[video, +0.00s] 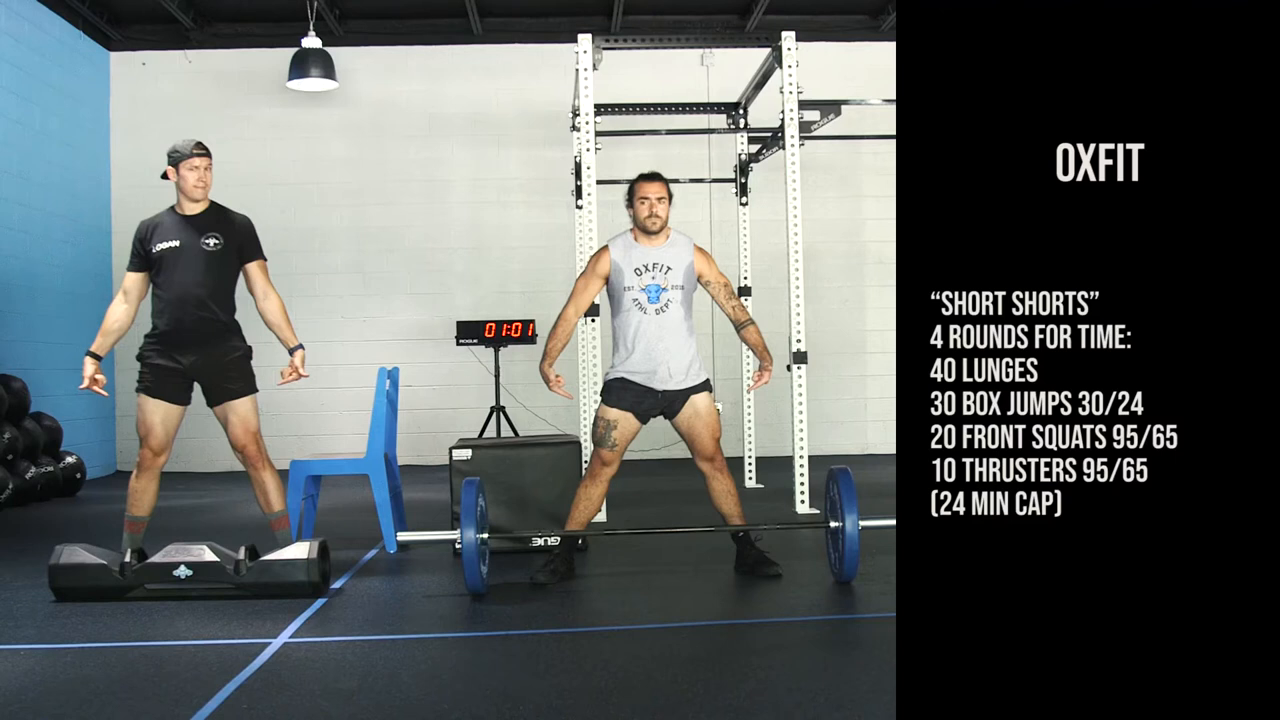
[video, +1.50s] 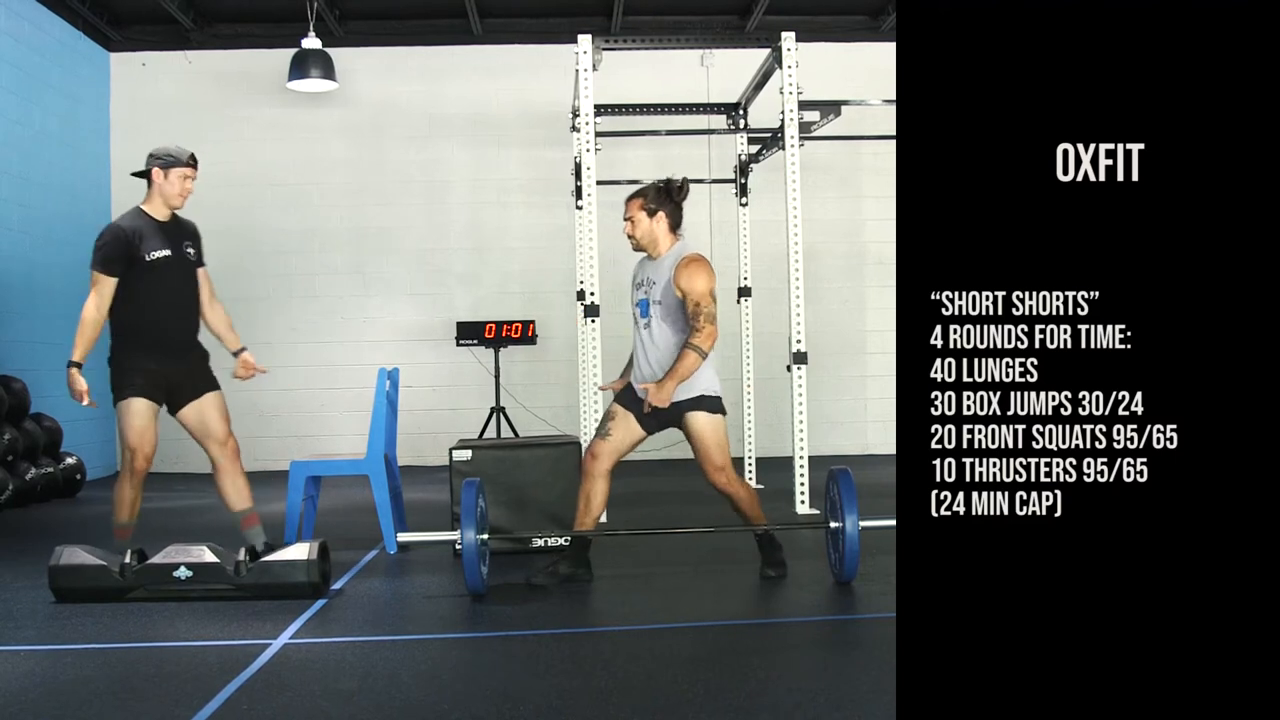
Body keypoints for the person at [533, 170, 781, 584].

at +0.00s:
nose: (653, 207)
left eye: (660, 200)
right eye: (644, 200)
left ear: (670, 206)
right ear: (631, 207)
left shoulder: (693, 256)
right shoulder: (609, 258)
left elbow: (734, 308)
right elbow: (572, 312)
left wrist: (764, 355)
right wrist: (547, 361)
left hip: (688, 381)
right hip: (629, 382)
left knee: (714, 460)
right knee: (602, 463)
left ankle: (747, 549)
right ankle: (565, 554)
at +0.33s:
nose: (653, 208)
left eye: (661, 200)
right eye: (644, 201)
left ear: (670, 206)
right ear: (631, 208)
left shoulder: (693, 256)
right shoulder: (610, 258)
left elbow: (733, 308)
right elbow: (572, 312)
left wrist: (762, 355)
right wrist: (547, 361)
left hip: (688, 381)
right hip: (629, 382)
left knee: (714, 460)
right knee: (602, 463)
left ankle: (747, 549)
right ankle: (565, 554)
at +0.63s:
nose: (653, 207)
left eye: (660, 200)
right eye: (644, 200)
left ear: (669, 206)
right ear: (630, 208)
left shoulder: (692, 256)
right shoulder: (609, 257)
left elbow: (734, 308)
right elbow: (569, 310)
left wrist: (765, 354)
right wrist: (543, 361)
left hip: (685, 381)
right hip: (625, 381)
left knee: (712, 461)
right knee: (598, 463)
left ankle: (747, 549)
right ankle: (565, 554)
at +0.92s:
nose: (616, 212)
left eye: (624, 204)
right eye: (614, 205)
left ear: (652, 206)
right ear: (617, 210)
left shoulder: (684, 255)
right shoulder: (614, 262)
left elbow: (729, 309)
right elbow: (596, 319)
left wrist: (734, 367)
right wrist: (567, 365)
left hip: (686, 385)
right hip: (632, 384)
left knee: (719, 459)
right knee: (594, 456)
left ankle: (758, 546)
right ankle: (575, 556)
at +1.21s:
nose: (613, 226)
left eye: (618, 216)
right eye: (612, 218)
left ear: (645, 214)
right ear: (638, 216)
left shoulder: (677, 260)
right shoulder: (637, 265)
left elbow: (700, 321)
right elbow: (650, 331)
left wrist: (670, 375)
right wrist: (628, 382)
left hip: (689, 388)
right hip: (639, 387)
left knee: (724, 465)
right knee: (597, 456)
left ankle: (769, 544)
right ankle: (578, 555)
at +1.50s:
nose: (626, 230)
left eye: (631, 221)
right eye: (626, 222)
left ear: (659, 219)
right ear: (654, 221)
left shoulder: (692, 268)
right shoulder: (643, 269)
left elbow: (705, 333)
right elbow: (649, 335)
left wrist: (670, 382)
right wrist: (626, 378)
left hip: (694, 390)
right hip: (644, 389)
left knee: (721, 475)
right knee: (597, 459)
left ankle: (768, 544)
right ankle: (577, 556)